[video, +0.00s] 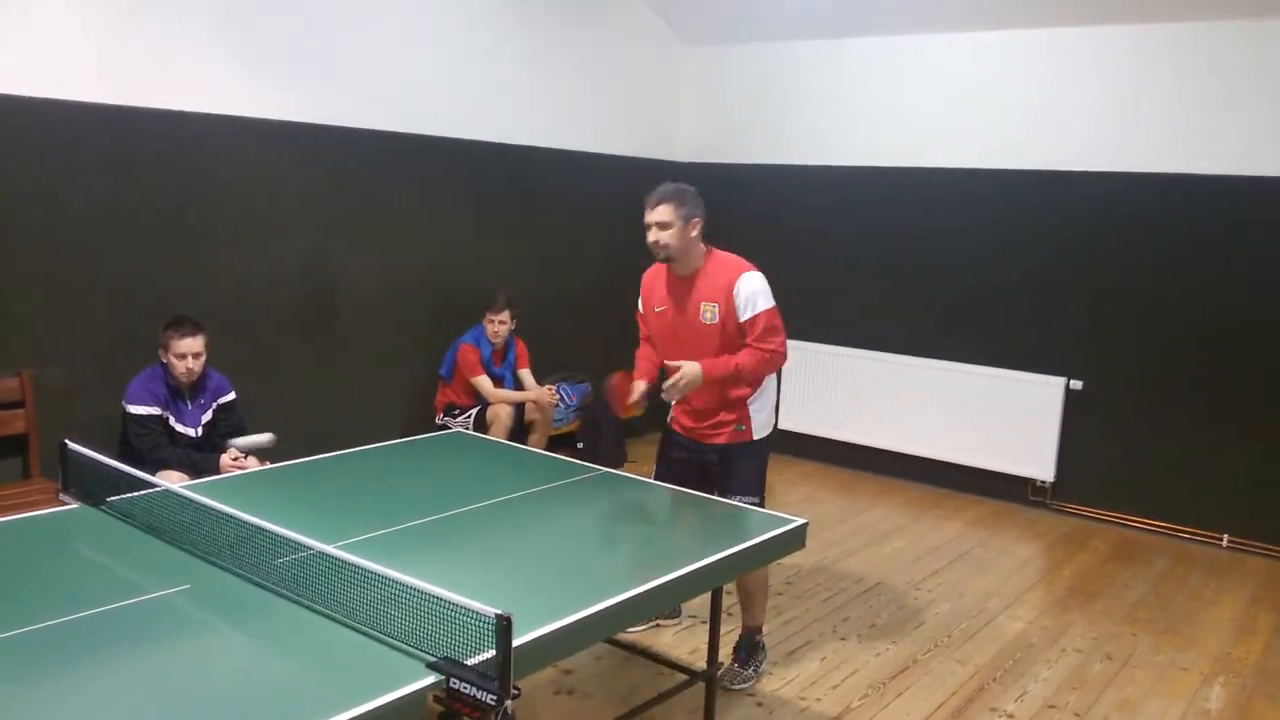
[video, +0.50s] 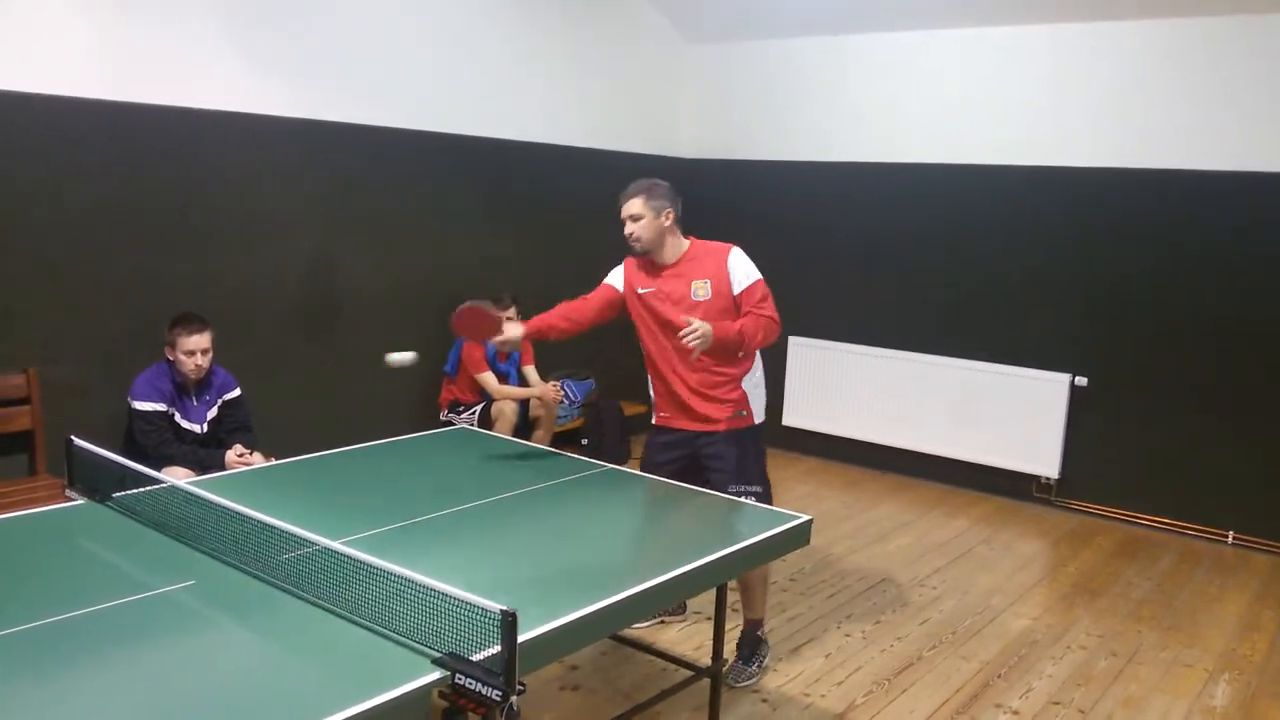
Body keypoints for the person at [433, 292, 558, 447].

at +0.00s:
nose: (495, 329)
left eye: (502, 323)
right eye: (490, 322)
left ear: (512, 325)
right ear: (484, 321)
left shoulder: (516, 346)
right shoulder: (467, 348)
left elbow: (531, 387)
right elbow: (491, 396)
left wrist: (546, 395)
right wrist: (535, 396)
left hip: (490, 408)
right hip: (454, 415)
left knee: (542, 411)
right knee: (504, 412)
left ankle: (529, 471)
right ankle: (490, 470)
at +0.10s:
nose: (497, 327)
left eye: (504, 322)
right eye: (492, 321)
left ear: (514, 323)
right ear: (485, 320)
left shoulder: (518, 346)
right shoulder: (468, 347)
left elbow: (533, 386)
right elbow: (493, 394)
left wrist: (547, 393)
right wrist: (536, 395)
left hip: (491, 407)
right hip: (455, 413)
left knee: (543, 409)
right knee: (505, 410)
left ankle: (530, 471)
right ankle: (492, 469)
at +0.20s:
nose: (498, 327)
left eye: (504, 321)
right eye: (493, 320)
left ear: (514, 323)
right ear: (485, 319)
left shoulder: (518, 345)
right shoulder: (468, 346)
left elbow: (532, 385)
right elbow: (492, 394)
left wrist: (546, 394)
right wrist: (535, 394)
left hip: (491, 406)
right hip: (455, 412)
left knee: (544, 412)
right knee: (504, 410)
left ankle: (528, 472)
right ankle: (491, 469)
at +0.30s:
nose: (502, 327)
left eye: (508, 321)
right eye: (496, 320)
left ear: (517, 322)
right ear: (488, 319)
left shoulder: (520, 343)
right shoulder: (471, 346)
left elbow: (534, 383)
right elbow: (495, 393)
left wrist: (547, 390)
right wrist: (534, 394)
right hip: (458, 411)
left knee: (547, 415)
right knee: (506, 410)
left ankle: (531, 471)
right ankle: (494, 467)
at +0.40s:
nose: (503, 325)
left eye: (509, 319)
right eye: (497, 319)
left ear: (517, 321)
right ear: (489, 319)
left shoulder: (521, 343)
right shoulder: (474, 343)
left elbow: (532, 378)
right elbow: (495, 392)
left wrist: (547, 392)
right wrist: (541, 393)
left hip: (492, 405)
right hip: (458, 411)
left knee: (547, 406)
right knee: (507, 409)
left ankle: (535, 466)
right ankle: (493, 466)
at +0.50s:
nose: (504, 325)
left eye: (509, 319)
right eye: (498, 319)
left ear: (517, 320)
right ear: (488, 320)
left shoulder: (521, 343)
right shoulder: (472, 345)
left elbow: (535, 382)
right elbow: (496, 392)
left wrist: (548, 392)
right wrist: (540, 392)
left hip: (493, 405)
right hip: (457, 412)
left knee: (547, 406)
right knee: (508, 408)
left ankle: (534, 465)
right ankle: (496, 465)